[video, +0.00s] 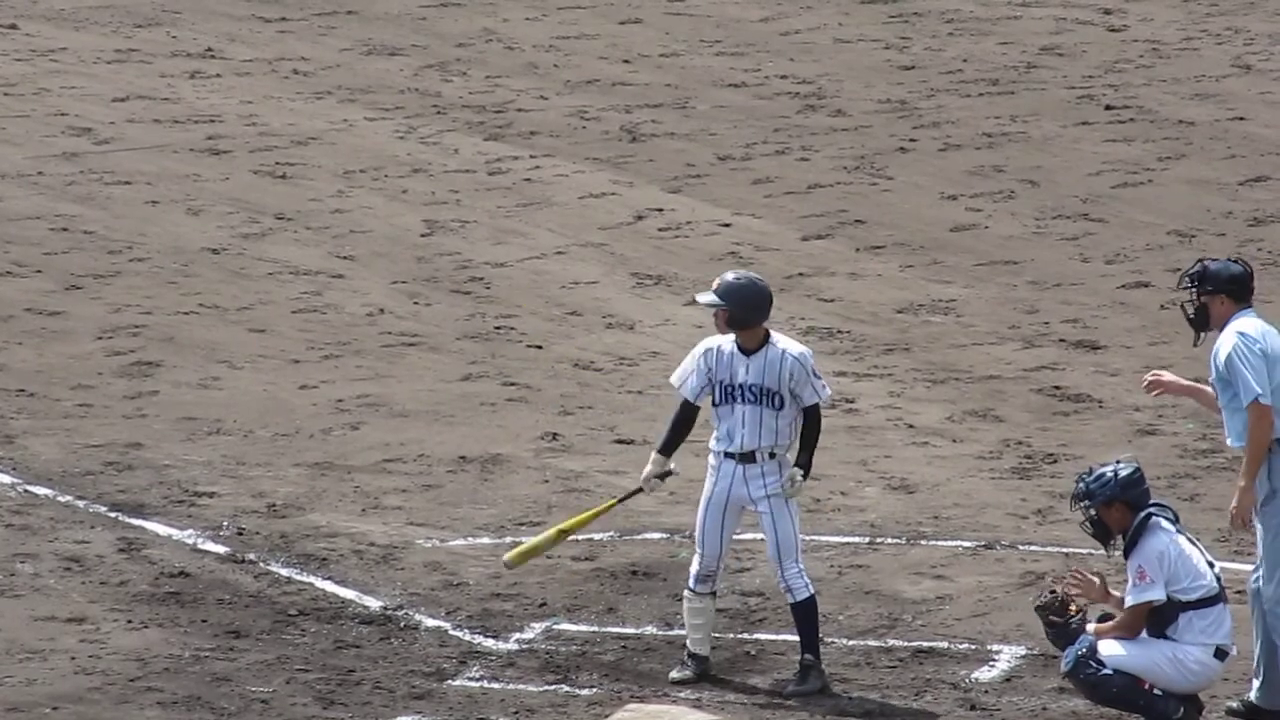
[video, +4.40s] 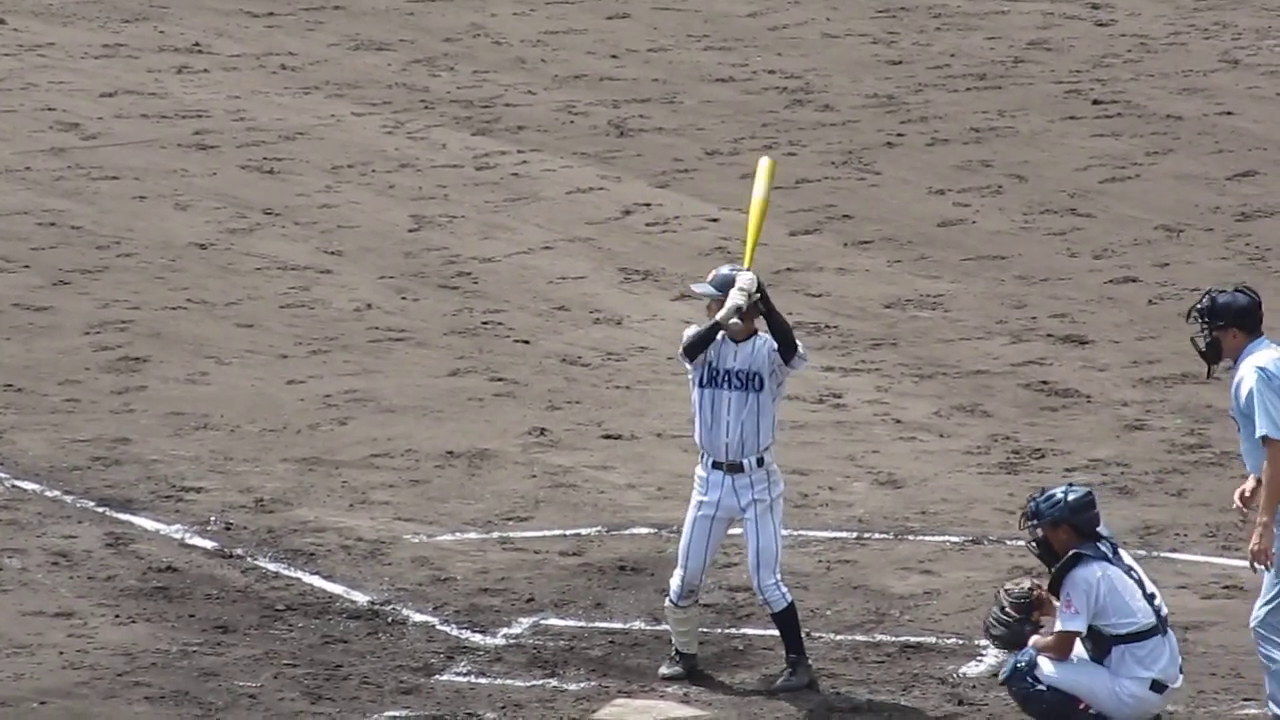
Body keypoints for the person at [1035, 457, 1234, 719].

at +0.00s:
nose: (1093, 518)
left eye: (1097, 510)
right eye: (1093, 510)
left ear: (1117, 510)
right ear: (1120, 507)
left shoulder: (1148, 545)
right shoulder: (1155, 526)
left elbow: (1130, 628)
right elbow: (1150, 611)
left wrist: (1086, 631)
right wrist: (1107, 596)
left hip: (1195, 660)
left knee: (1080, 661)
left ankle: (1171, 709)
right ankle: (1177, 697)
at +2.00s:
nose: (1099, 502)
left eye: (1106, 495)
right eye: (1101, 494)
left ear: (1127, 501)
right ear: (1129, 500)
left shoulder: (1148, 550)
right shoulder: (1159, 526)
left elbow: (1127, 629)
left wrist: (1062, 639)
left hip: (1178, 666)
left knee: (1066, 668)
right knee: (1087, 626)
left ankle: (1161, 710)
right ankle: (1169, 696)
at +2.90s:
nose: (1093, 485)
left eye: (1100, 479)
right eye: (1096, 478)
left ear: (1120, 487)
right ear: (1123, 487)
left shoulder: (1133, 531)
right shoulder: (1145, 519)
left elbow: (1127, 611)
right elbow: (1147, 600)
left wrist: (1089, 604)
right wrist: (1098, 594)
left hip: (1180, 648)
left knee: (1069, 656)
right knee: (1082, 633)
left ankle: (1157, 704)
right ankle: (1165, 693)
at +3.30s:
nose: (1091, 471)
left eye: (1097, 465)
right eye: (1093, 464)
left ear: (1119, 471)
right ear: (1123, 472)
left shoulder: (1131, 510)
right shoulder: (1141, 506)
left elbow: (1122, 591)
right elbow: (1132, 586)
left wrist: (1085, 586)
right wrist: (1093, 579)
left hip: (1185, 627)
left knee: (1082, 619)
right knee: (1068, 646)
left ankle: (1126, 708)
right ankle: (1156, 691)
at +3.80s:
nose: (1075, 500)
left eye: (1081, 493)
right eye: (1077, 492)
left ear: (1103, 497)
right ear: (1105, 498)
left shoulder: (1122, 539)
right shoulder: (1129, 529)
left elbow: (1106, 619)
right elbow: (1117, 609)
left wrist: (1065, 612)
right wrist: (1071, 595)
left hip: (1177, 652)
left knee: (1066, 647)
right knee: (1083, 639)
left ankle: (1099, 714)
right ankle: (1159, 703)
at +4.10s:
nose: (1061, 523)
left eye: (1067, 516)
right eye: (1062, 515)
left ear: (1088, 520)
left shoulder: (1102, 562)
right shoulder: (1125, 542)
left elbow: (1083, 639)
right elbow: (1113, 620)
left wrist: (1049, 634)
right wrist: (1070, 609)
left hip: (1155, 685)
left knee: (1040, 661)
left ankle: (1093, 714)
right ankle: (1145, 711)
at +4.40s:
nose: (1040, 538)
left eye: (1044, 530)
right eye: (1040, 530)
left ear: (1064, 531)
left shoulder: (1081, 574)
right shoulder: (1108, 548)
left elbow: (1061, 648)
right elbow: (1098, 626)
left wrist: (1031, 639)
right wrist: (1051, 609)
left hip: (1138, 694)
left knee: (1022, 671)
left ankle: (1090, 714)